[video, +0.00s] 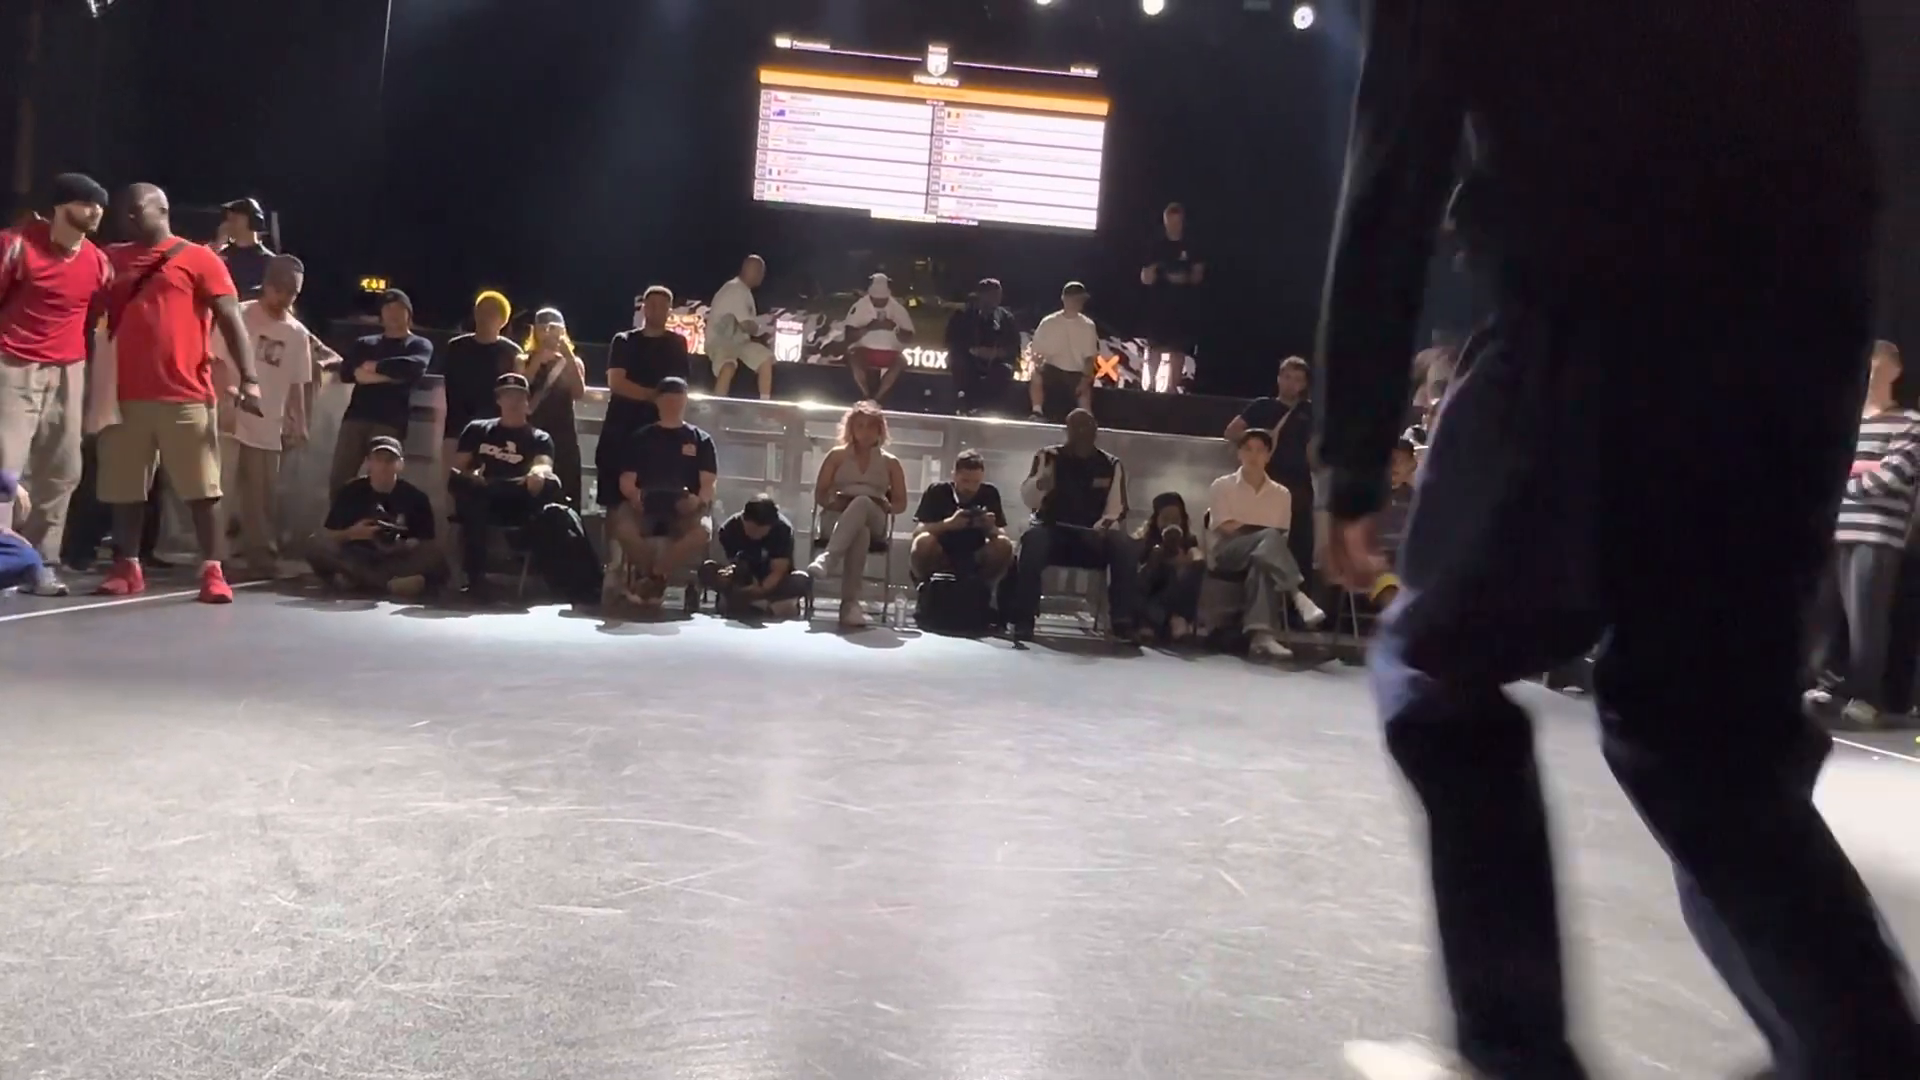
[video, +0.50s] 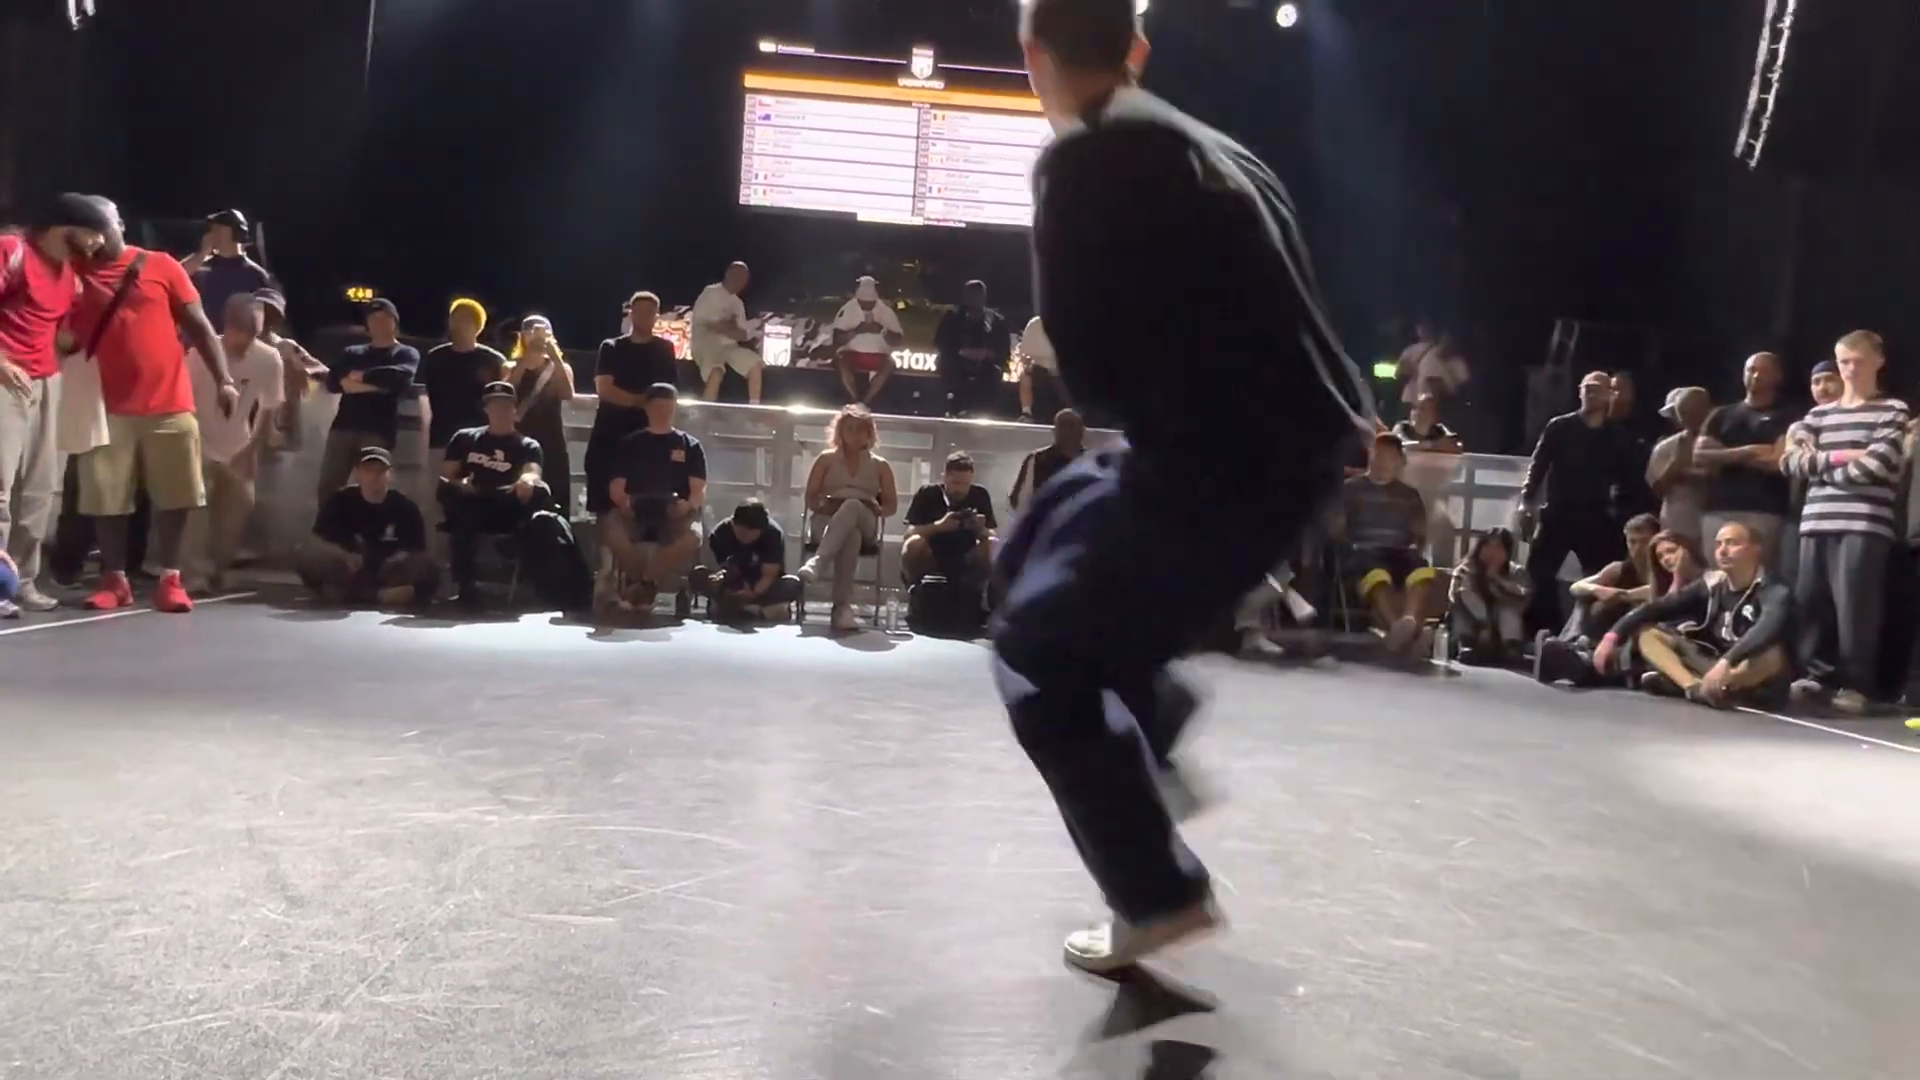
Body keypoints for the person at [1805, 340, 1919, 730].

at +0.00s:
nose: (1871, 370)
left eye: (1880, 363)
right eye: (1869, 362)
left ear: (1896, 372)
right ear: (1861, 368)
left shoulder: (1908, 424)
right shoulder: (1846, 418)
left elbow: (1894, 475)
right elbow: (1827, 466)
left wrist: (1845, 482)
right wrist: (1865, 473)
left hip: (1877, 530)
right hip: (1835, 528)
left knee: (1865, 616)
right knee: (1828, 611)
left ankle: (1866, 697)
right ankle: (1826, 685)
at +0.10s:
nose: (1862, 374)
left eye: (1872, 367)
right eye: (1858, 366)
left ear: (1893, 372)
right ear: (1850, 370)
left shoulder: (1907, 421)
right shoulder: (1842, 419)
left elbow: (1886, 476)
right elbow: (1827, 465)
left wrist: (1840, 473)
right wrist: (1868, 471)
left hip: (1881, 531)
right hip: (1839, 528)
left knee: (1865, 611)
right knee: (1831, 608)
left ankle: (1863, 696)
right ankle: (1831, 692)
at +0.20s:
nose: (1865, 372)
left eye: (1874, 365)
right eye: (1859, 365)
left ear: (1891, 370)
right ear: (1849, 370)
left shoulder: (1904, 419)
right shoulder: (1828, 421)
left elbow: (1887, 476)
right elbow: (1799, 466)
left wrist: (1832, 476)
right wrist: (1854, 466)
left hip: (1872, 530)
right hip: (1825, 529)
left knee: (1862, 613)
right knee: (1817, 606)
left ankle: (1863, 695)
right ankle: (1825, 679)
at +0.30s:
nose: (1858, 372)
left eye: (1867, 365)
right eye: (1852, 365)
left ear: (1885, 369)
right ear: (1844, 370)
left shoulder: (1901, 418)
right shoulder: (1824, 419)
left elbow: (1882, 473)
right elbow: (1797, 464)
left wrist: (1829, 472)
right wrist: (1850, 463)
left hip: (1868, 527)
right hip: (1821, 526)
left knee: (1859, 608)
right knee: (1814, 602)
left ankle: (1861, 691)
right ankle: (1822, 677)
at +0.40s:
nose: (1852, 372)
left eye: (1860, 365)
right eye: (1847, 366)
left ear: (1881, 366)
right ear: (1840, 369)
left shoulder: (1898, 414)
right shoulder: (1823, 416)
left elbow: (1880, 469)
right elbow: (1794, 461)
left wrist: (1826, 469)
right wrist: (1849, 460)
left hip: (1866, 523)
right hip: (1819, 523)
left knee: (1856, 605)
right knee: (1812, 600)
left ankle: (1859, 690)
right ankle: (1818, 677)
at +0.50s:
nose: (1847, 370)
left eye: (1855, 363)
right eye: (1842, 363)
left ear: (1877, 363)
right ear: (1837, 366)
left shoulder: (1893, 411)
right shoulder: (1819, 414)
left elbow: (1877, 467)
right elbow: (1791, 460)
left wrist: (1821, 466)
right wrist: (1845, 458)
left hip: (1861, 522)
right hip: (1814, 522)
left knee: (1854, 605)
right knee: (1809, 599)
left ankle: (1857, 686)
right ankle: (1817, 674)